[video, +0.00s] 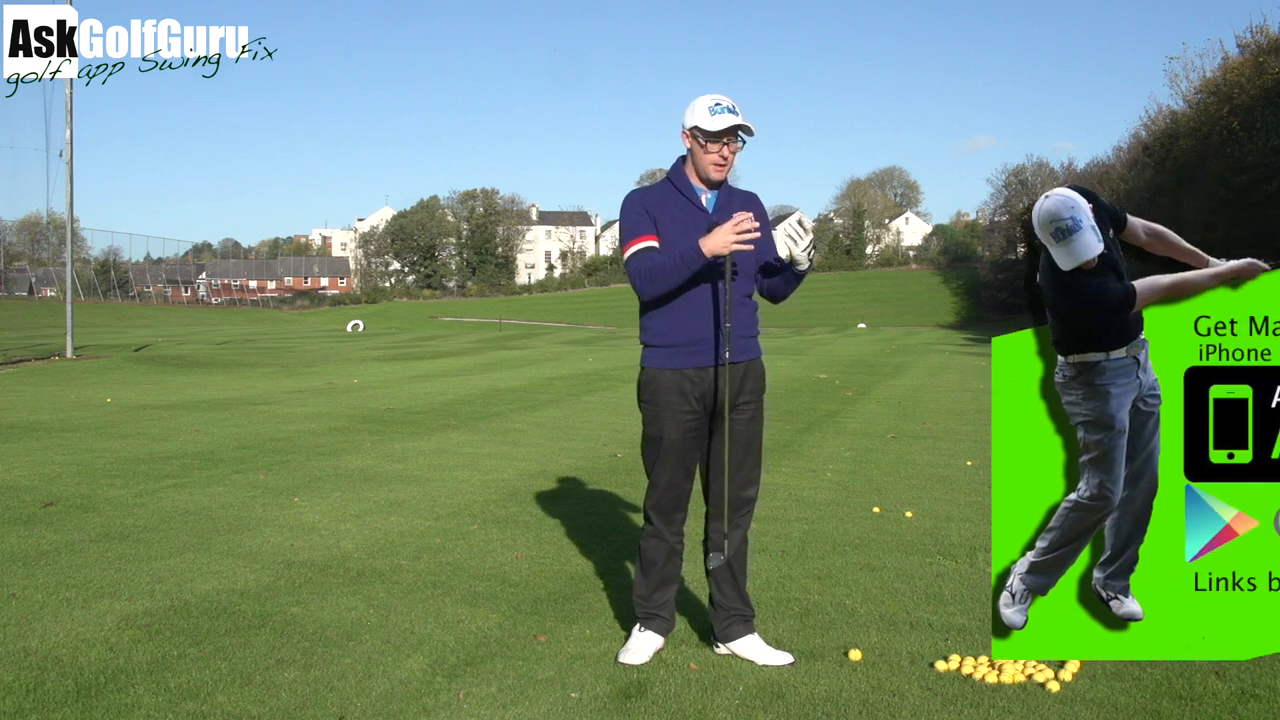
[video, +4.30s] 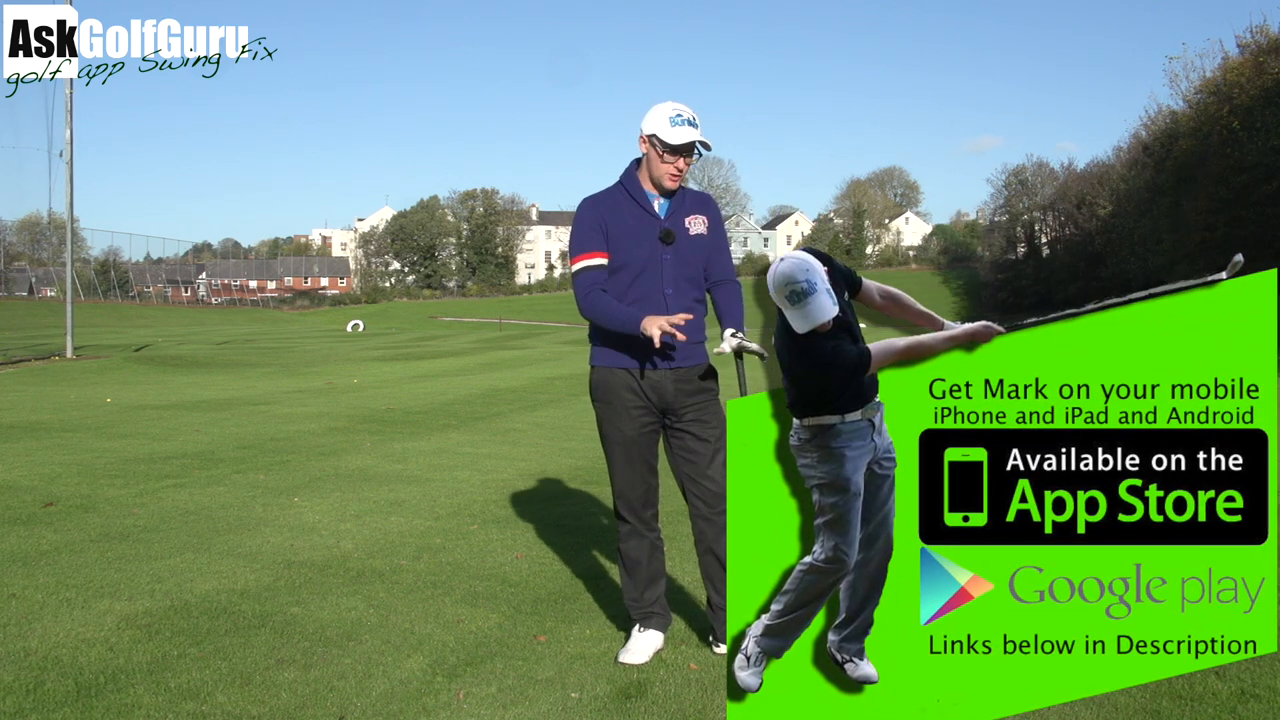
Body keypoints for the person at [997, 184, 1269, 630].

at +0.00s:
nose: (1087, 260)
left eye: (1089, 246)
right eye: (1074, 257)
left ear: (1089, 220)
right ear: (1049, 244)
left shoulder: (1087, 206)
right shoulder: (1070, 287)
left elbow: (1146, 234)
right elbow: (1164, 288)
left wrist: (1211, 262)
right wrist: (1231, 273)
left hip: (1136, 361)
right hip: (1093, 376)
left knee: (1139, 483)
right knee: (1100, 492)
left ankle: (1111, 580)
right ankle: (1026, 578)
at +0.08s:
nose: (1053, 268)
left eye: (1056, 254)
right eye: (1041, 265)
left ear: (1056, 229)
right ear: (1016, 253)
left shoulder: (1053, 214)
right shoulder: (1036, 295)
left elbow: (1113, 242)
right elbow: (1131, 296)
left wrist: (1178, 271)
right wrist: (1197, 281)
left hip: (1102, 371)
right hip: (1059, 384)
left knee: (1106, 491)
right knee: (1067, 499)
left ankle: (1077, 587)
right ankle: (993, 586)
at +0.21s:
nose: (1005, 281)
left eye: (1007, 267)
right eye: (993, 278)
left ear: (1007, 241)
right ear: (967, 265)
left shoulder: (1003, 226)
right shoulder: (988, 306)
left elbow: (1064, 253)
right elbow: (1080, 308)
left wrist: (1129, 283)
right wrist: (1147, 293)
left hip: (1053, 382)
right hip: (1010, 395)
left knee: (1057, 503)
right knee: (1018, 511)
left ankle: (1029, 599)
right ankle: (944, 598)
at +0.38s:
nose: (945, 296)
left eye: (947, 282)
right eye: (933, 293)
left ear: (945, 254)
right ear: (907, 279)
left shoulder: (940, 239)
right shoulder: (926, 320)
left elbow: (1003, 268)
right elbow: (1019, 323)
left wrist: (1068, 297)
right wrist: (1086, 308)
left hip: (993, 397)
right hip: (950, 410)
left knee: (996, 517)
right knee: (957, 525)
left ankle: (968, 614)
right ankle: (883, 612)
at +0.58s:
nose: (881, 310)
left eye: (883, 296)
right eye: (869, 308)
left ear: (882, 269)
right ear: (844, 293)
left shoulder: (878, 255)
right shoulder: (864, 334)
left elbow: (940, 283)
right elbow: (954, 339)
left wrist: (1004, 312)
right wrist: (1023, 322)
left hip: (930, 411)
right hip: (886, 425)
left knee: (933, 533)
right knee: (894, 541)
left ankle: (905, 628)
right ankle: (820, 627)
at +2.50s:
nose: (823, 324)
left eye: (825, 311)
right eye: (811, 322)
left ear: (824, 285)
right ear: (785, 311)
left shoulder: (818, 268)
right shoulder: (809, 353)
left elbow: (880, 296)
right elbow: (900, 352)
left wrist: (946, 327)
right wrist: (963, 337)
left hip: (871, 425)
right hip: (829, 439)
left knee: (874, 546)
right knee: (835, 555)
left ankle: (846, 642)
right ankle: (762, 641)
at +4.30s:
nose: (823, 323)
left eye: (825, 310)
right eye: (811, 321)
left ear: (823, 284)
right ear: (786, 308)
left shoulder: (819, 268)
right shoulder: (808, 351)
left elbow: (880, 296)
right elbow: (899, 352)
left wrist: (946, 327)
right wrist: (963, 337)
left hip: (871, 425)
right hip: (828, 439)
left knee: (874, 546)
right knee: (835, 555)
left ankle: (846, 642)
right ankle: (762, 641)